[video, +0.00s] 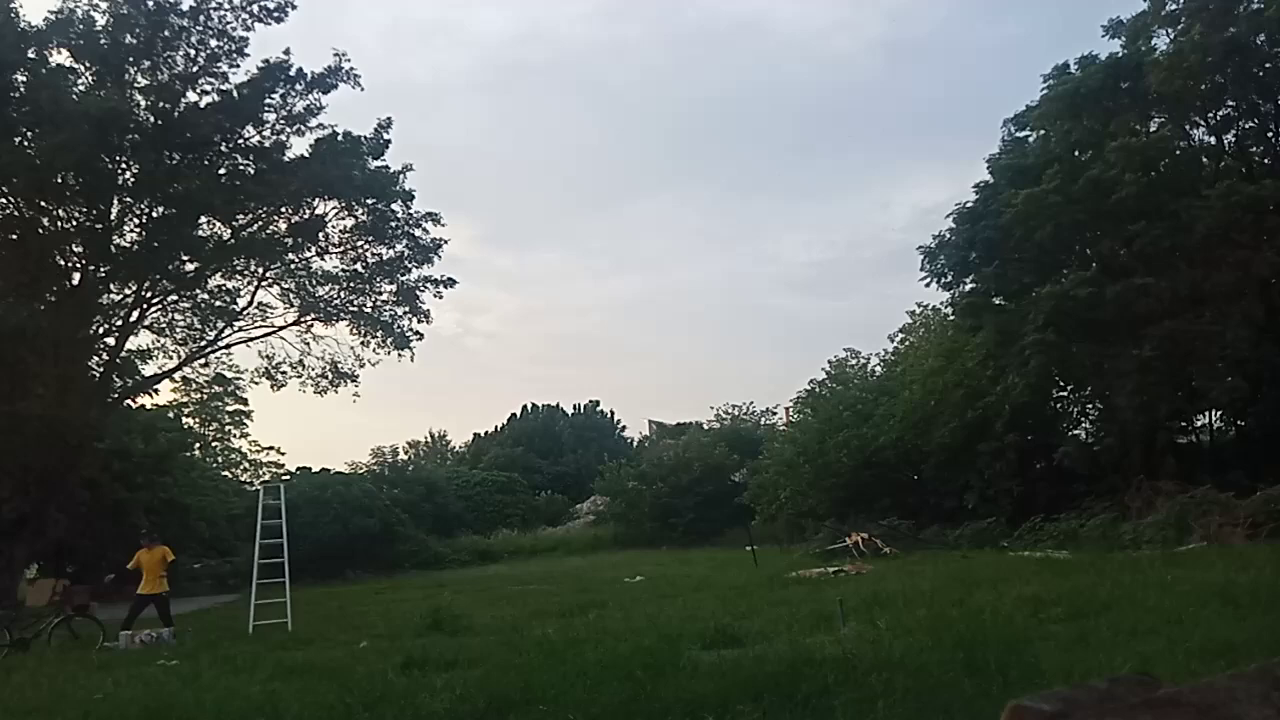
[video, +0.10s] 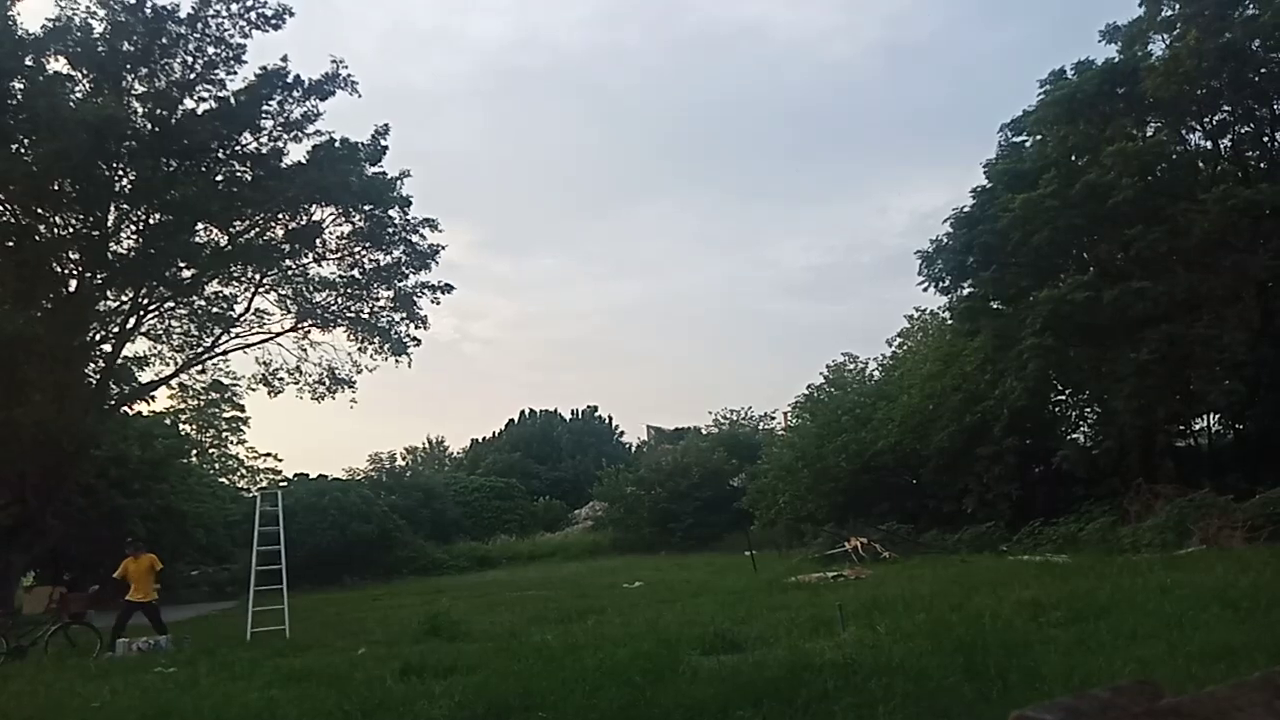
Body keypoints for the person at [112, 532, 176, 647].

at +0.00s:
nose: (143, 543)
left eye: (145, 540)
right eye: (141, 540)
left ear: (151, 539)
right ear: (141, 541)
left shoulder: (163, 550)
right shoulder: (140, 554)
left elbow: (173, 564)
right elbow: (128, 569)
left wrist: (166, 573)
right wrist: (115, 576)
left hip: (160, 591)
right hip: (144, 591)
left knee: (165, 617)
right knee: (131, 616)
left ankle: (173, 640)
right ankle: (120, 640)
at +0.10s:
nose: (129, 552)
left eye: (131, 549)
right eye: (128, 549)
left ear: (137, 548)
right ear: (127, 550)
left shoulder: (151, 558)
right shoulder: (127, 562)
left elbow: (161, 572)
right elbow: (115, 579)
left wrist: (159, 585)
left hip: (149, 599)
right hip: (132, 599)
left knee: (158, 624)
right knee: (119, 624)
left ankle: (169, 644)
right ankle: (112, 650)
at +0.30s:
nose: (116, 544)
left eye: (118, 541)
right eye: (115, 541)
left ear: (124, 540)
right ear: (115, 542)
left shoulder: (139, 547)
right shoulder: (115, 553)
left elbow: (150, 563)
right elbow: (106, 571)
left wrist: (153, 580)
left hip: (141, 587)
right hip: (124, 588)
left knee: (148, 612)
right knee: (116, 614)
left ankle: (161, 633)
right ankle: (114, 642)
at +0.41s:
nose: (112, 549)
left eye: (113, 546)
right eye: (110, 547)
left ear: (119, 545)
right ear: (108, 548)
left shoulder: (133, 552)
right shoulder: (108, 560)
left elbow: (144, 568)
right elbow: (99, 578)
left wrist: (146, 584)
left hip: (134, 591)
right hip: (118, 593)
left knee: (140, 619)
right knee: (112, 621)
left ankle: (148, 642)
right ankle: (111, 649)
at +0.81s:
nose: (110, 544)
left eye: (112, 541)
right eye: (108, 541)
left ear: (118, 540)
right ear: (106, 543)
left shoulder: (130, 551)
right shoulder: (104, 556)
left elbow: (139, 568)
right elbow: (95, 574)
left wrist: (132, 579)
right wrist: (87, 584)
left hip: (128, 592)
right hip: (111, 594)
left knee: (130, 622)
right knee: (109, 623)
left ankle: (133, 646)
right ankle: (110, 649)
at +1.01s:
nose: (117, 536)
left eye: (120, 533)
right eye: (116, 534)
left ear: (126, 534)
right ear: (113, 535)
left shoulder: (135, 546)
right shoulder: (111, 549)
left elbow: (140, 563)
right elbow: (100, 562)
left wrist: (126, 569)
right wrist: (98, 570)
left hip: (129, 589)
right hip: (113, 589)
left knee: (132, 618)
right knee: (112, 619)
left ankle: (135, 642)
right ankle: (113, 645)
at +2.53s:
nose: (123, 537)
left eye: (126, 535)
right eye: (122, 534)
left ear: (131, 535)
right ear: (119, 535)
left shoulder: (138, 546)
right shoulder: (115, 548)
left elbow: (141, 559)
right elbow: (102, 559)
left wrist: (129, 549)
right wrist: (106, 558)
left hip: (131, 588)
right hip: (115, 588)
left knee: (133, 618)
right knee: (112, 619)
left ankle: (135, 643)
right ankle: (112, 645)